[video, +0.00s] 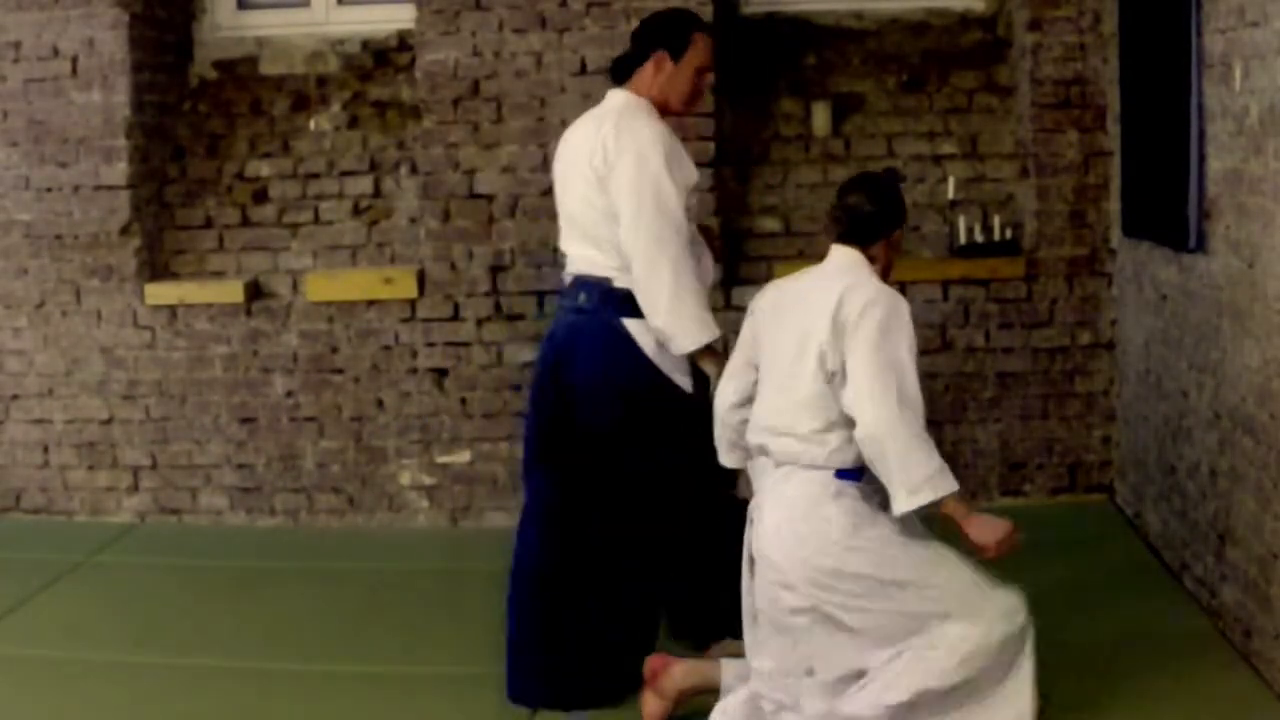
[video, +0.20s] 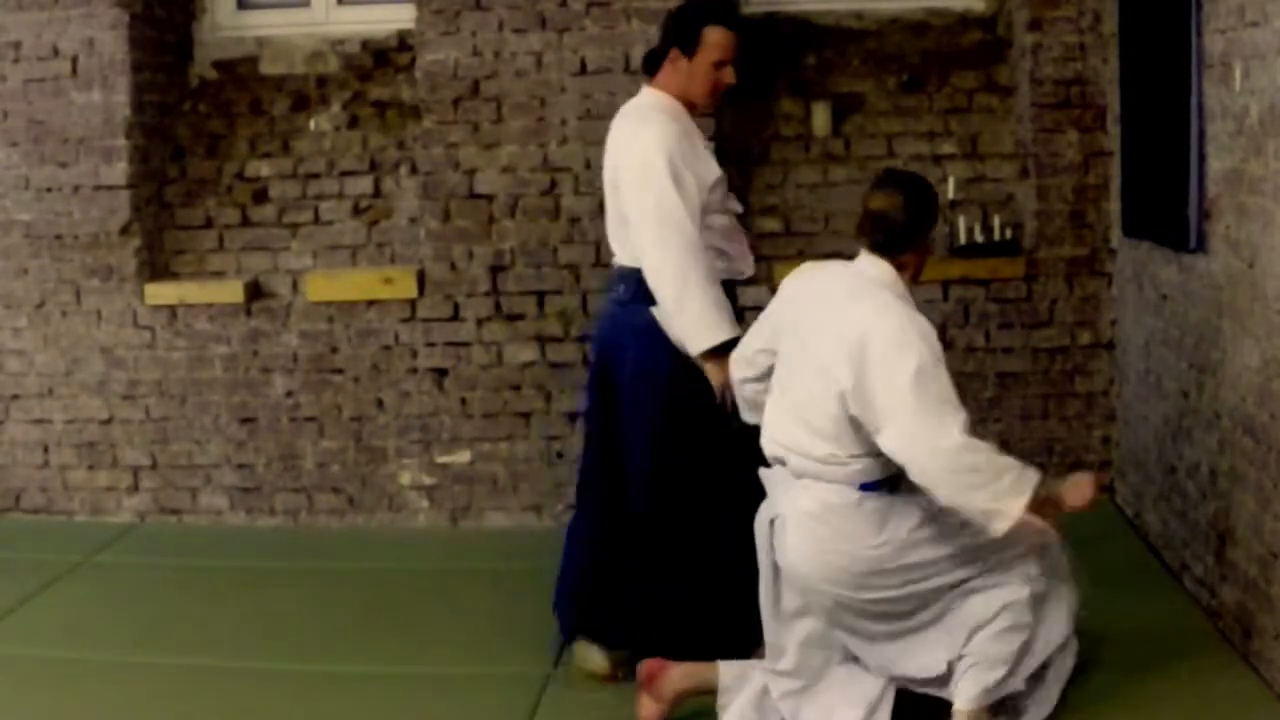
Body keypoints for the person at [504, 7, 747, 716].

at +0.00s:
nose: (705, 88)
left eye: (708, 74)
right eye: (699, 72)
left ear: (649, 66)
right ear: (659, 63)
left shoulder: (582, 128)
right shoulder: (640, 132)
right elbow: (657, 250)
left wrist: (686, 246)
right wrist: (714, 354)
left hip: (576, 331)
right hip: (629, 335)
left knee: (575, 510)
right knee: (669, 496)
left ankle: (567, 674)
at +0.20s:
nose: (728, 79)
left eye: (730, 66)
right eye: (719, 64)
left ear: (679, 63)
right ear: (676, 59)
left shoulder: (653, 121)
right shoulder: (655, 130)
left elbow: (676, 239)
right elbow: (670, 247)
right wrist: (717, 349)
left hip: (650, 316)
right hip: (665, 323)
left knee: (635, 477)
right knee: (674, 482)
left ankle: (604, 628)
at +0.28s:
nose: (731, 76)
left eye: (735, 63)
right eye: (721, 62)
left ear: (692, 62)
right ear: (677, 58)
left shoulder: (688, 123)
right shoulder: (656, 130)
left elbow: (707, 218)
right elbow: (668, 243)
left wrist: (750, 254)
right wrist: (711, 346)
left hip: (706, 308)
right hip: (674, 318)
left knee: (703, 471)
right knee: (683, 474)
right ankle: (679, 624)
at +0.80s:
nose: (726, 46)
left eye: (734, 36)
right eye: (713, 35)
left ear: (744, 47)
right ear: (685, 46)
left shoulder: (761, 122)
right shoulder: (649, 129)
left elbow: (790, 213)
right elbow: (621, 226)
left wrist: (787, 300)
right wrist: (644, 310)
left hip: (758, 304)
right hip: (683, 308)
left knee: (757, 463)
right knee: (690, 470)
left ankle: (758, 622)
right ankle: (681, 625)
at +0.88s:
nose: (723, 46)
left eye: (733, 36)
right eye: (711, 35)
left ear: (747, 42)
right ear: (685, 45)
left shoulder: (763, 109)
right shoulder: (653, 113)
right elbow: (618, 213)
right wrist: (631, 306)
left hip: (752, 294)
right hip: (674, 296)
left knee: (749, 444)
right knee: (685, 447)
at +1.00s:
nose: (718, 44)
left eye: (729, 32)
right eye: (704, 33)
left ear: (747, 34)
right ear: (680, 42)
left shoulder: (771, 117)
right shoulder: (646, 120)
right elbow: (615, 216)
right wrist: (621, 308)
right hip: (671, 299)